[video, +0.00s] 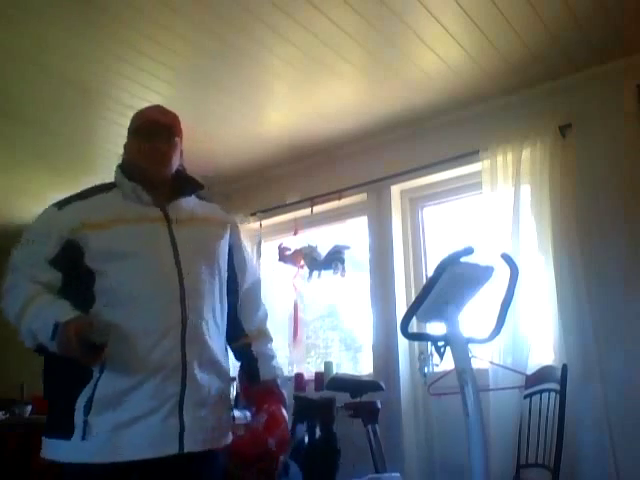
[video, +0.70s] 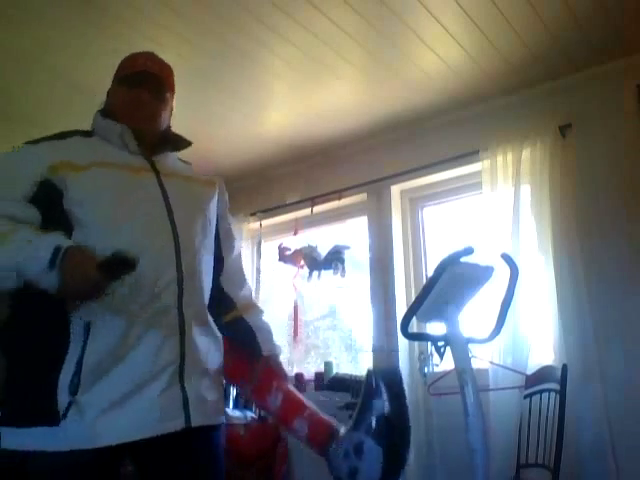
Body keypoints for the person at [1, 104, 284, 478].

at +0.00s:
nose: (155, 141)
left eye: (166, 134)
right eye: (143, 133)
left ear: (181, 149)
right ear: (125, 145)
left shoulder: (218, 223)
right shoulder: (71, 218)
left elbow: (250, 314)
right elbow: (21, 287)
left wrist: (268, 383)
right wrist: (59, 325)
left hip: (204, 435)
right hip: (107, 442)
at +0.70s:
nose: (150, 89)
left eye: (161, 86)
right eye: (137, 80)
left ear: (172, 108)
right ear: (108, 94)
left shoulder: (205, 190)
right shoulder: (39, 162)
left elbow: (232, 293)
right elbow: (4, 235)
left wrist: (261, 357)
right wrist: (52, 261)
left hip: (189, 418)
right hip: (73, 423)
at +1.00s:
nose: (233, 119)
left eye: (239, 109)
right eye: (226, 102)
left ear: (240, 117)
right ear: (195, 94)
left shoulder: (247, 199)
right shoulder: (113, 151)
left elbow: (245, 318)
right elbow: (41, 213)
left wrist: (257, 426)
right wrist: (135, 241)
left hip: (231, 442)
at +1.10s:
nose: (250, 115)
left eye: (258, 106)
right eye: (238, 100)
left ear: (263, 115)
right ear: (206, 97)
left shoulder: (269, 195)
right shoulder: (140, 146)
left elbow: (269, 314)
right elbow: (68, 211)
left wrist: (279, 426)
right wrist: (161, 233)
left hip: (244, 439)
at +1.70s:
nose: (305, 93)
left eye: (310, 82)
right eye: (290, 79)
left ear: (315, 91)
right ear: (251, 84)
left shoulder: (338, 184)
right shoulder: (177, 156)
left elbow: (401, 275)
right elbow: (130, 239)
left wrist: (469, 329)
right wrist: (231, 283)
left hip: (331, 437)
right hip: (211, 440)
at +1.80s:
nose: (303, 89)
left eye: (308, 79)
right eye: (287, 74)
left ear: (313, 88)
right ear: (248, 80)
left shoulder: (330, 178)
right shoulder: (175, 153)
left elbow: (380, 270)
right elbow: (132, 243)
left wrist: (450, 328)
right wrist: (241, 292)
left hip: (330, 425)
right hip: (218, 430)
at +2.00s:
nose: (302, 69)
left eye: (305, 61)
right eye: (290, 52)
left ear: (301, 76)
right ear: (242, 48)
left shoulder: (306, 168)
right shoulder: (164, 116)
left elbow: (325, 278)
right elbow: (124, 209)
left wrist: (352, 347)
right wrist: (247, 280)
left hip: (299, 425)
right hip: (193, 424)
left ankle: (503, 457)